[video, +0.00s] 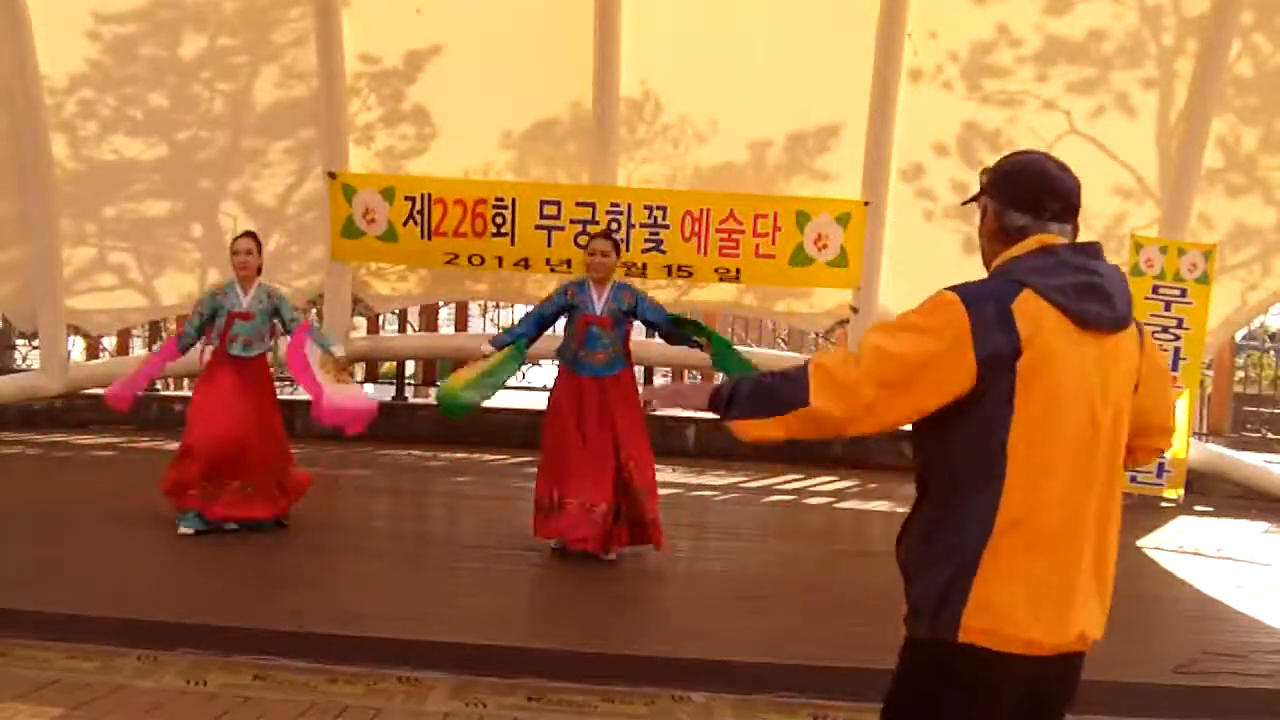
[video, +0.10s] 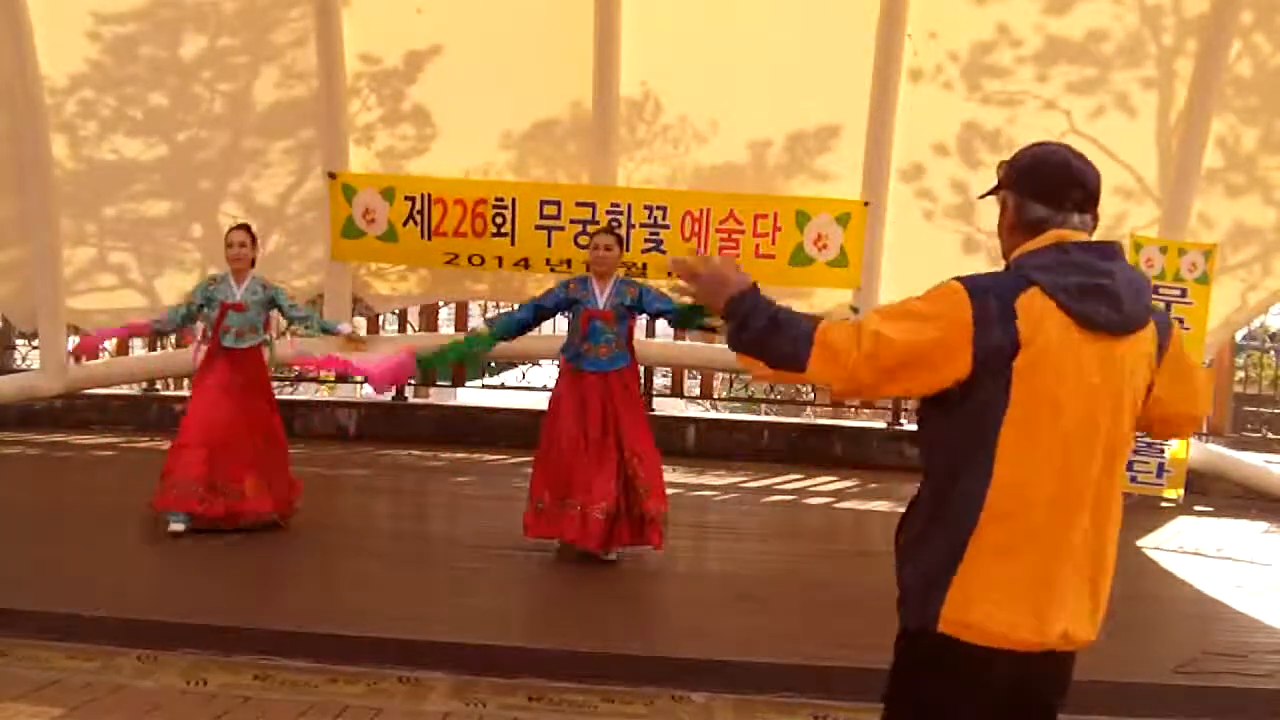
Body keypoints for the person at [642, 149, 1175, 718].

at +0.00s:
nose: (976, 227)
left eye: (979, 212)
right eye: (979, 212)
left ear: (992, 219)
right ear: (1064, 225)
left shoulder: (984, 310)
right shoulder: (1126, 329)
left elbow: (854, 386)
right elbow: (1150, 436)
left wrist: (735, 397)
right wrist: (1074, 431)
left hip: (972, 628)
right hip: (1065, 632)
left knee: (919, 711)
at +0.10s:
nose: (997, 220)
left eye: (1000, 205)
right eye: (999, 205)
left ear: (1014, 210)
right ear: (1087, 221)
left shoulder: (988, 305)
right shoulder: (1144, 325)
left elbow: (848, 354)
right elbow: (1184, 410)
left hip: (965, 618)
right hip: (1063, 624)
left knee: (927, 713)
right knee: (1025, 715)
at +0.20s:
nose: (1010, 224)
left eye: (1013, 207)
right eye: (1013, 208)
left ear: (1027, 209)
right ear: (1107, 220)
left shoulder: (984, 300)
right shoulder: (1159, 335)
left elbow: (841, 314)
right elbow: (1219, 417)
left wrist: (734, 250)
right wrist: (1189, 355)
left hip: (956, 612)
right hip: (1058, 623)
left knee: (914, 719)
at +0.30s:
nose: (1012, 222)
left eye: (1014, 208)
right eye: (1014, 209)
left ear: (1029, 213)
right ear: (1114, 223)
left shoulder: (978, 299)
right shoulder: (1161, 342)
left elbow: (843, 285)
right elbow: (1236, 451)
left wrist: (721, 233)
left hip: (948, 624)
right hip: (1054, 639)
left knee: (901, 712)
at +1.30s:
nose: (1028, 198)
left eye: (1032, 184)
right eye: (1034, 184)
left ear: (1047, 187)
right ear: (1137, 192)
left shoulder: (998, 281)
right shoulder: (1210, 322)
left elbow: (848, 330)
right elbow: (1274, 444)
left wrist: (688, 298)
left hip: (999, 643)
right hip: (1131, 651)